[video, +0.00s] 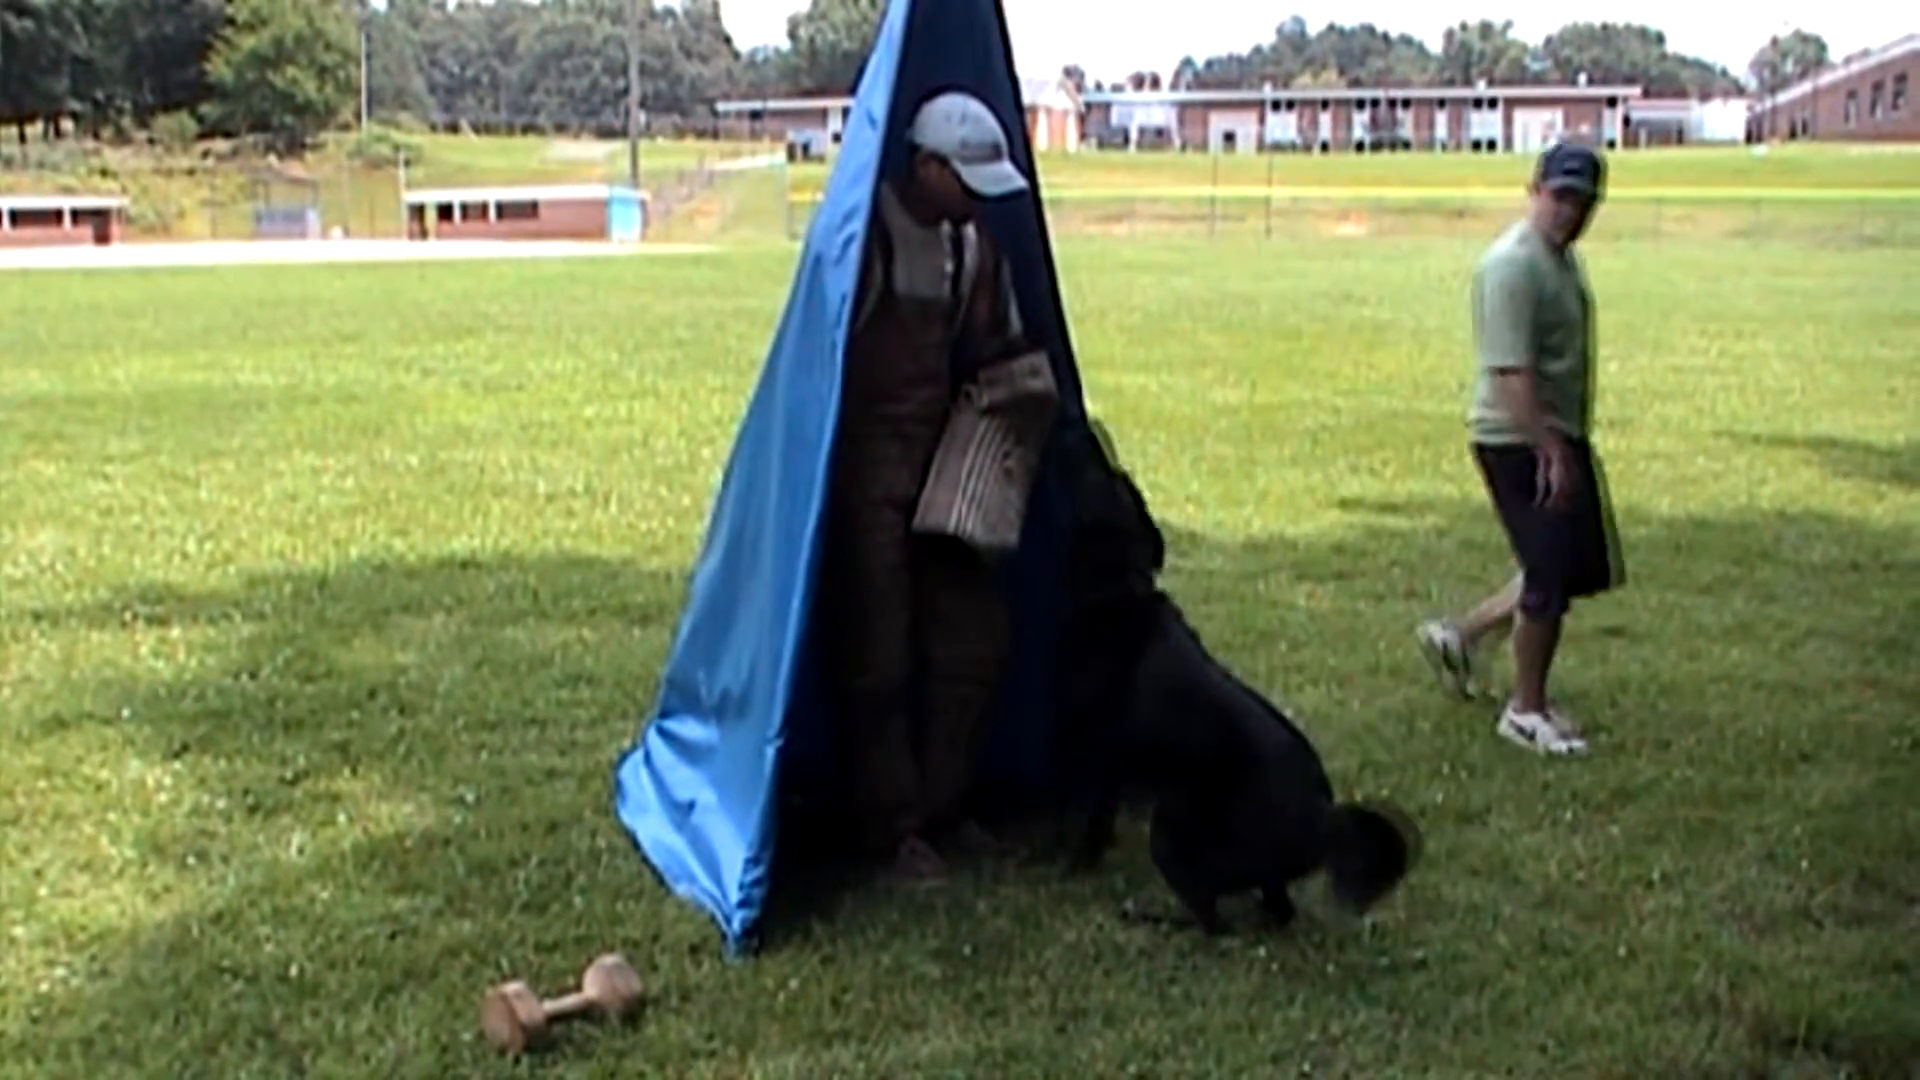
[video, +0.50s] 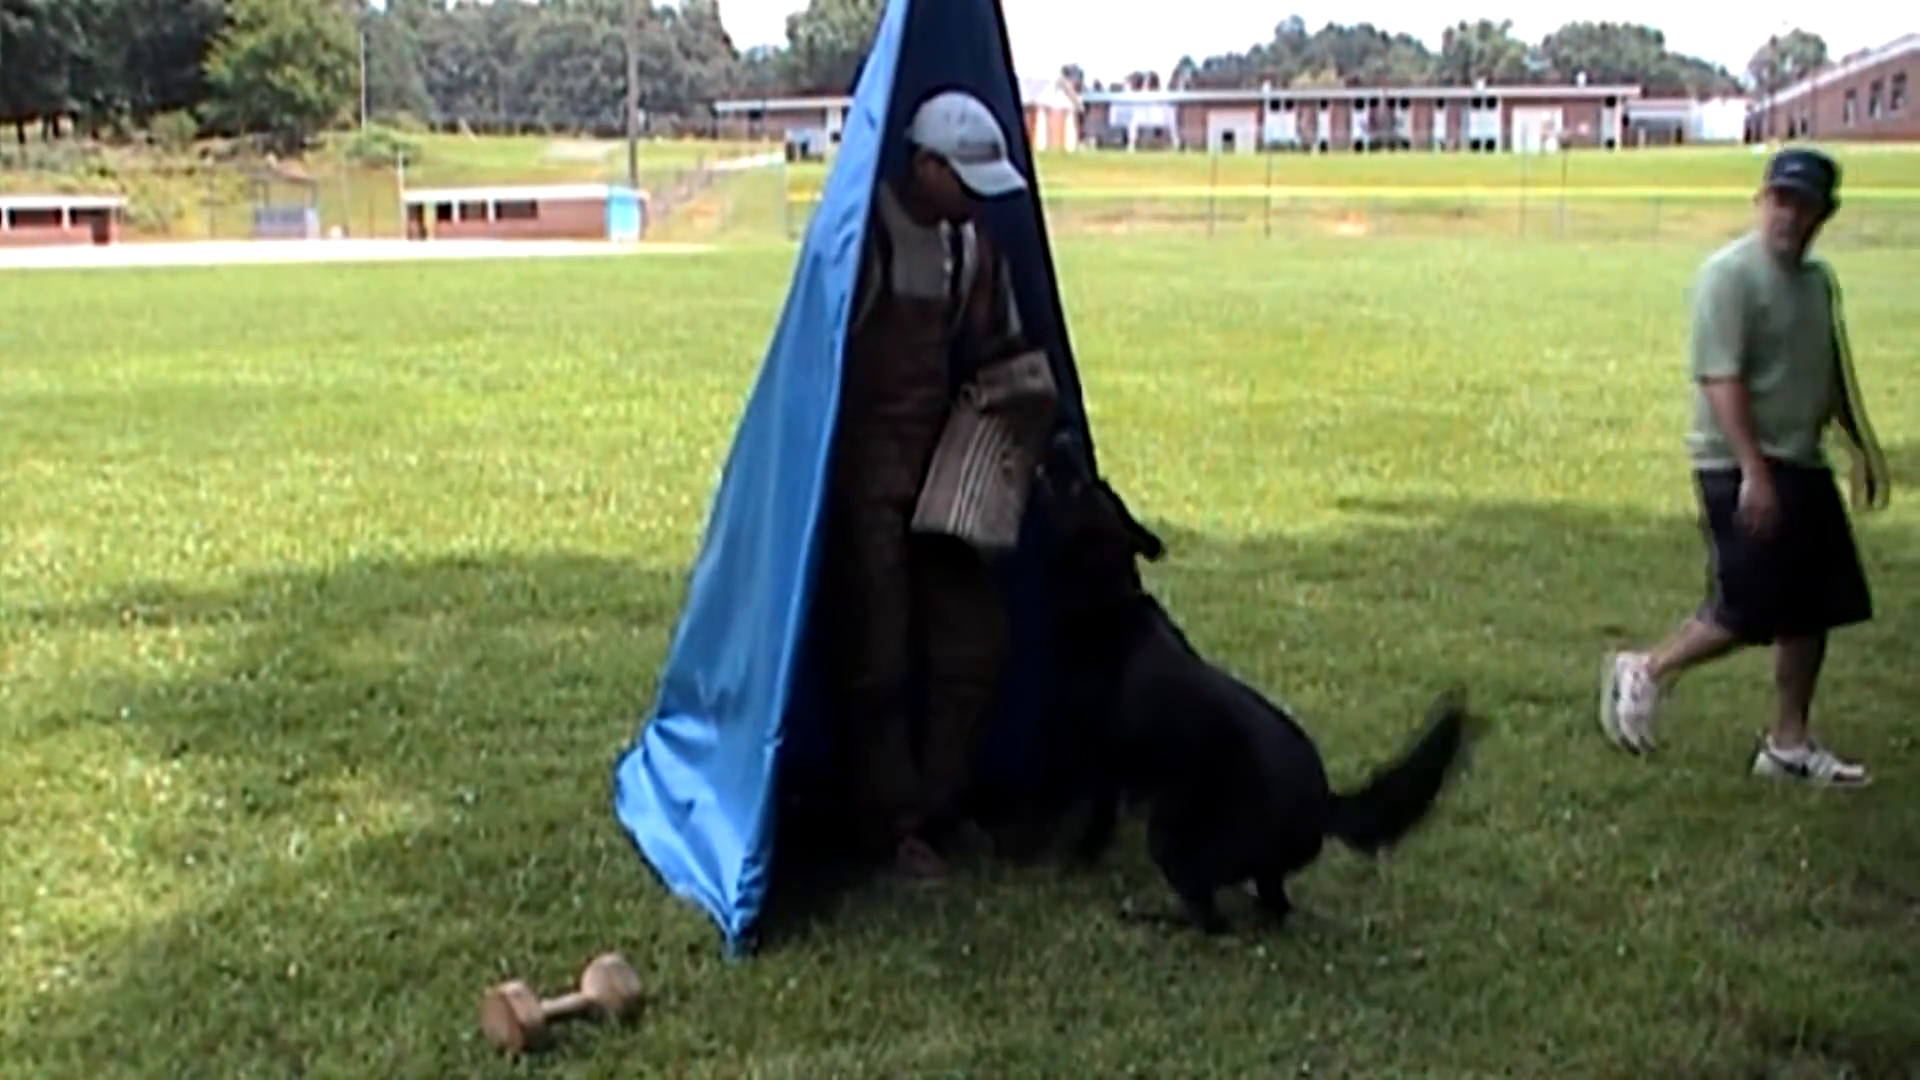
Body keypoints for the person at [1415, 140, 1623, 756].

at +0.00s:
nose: (1571, 212)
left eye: (1583, 202)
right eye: (1561, 198)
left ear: (1593, 208)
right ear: (1535, 194)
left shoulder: (1561, 262)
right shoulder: (1511, 267)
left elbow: (1559, 360)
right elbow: (1512, 374)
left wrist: (1573, 430)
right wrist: (1548, 442)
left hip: (1561, 435)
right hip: (1513, 439)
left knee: (1584, 565)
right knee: (1549, 570)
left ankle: (1463, 633)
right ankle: (1527, 708)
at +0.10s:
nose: (1610, 203)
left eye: (1624, 193)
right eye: (1601, 188)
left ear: (1636, 203)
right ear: (1578, 187)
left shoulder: (1610, 261)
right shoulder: (1550, 262)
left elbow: (1601, 358)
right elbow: (1558, 368)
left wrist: (1617, 432)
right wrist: (1622, 433)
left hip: (1601, 439)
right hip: (1548, 439)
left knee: (1649, 561)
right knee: (1563, 571)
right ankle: (1528, 704)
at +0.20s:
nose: (1654, 208)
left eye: (1668, 198)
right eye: (1644, 192)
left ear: (1682, 208)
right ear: (1622, 191)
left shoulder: (1663, 268)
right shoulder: (1593, 263)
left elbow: (1652, 362)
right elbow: (1599, 368)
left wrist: (1664, 431)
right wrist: (1691, 422)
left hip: (1650, 452)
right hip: (1585, 450)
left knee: (1690, 584)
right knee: (1568, 584)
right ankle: (1529, 707)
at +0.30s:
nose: (1695, 216)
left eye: (1710, 207)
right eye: (1687, 201)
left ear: (1728, 219)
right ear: (1668, 200)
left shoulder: (1717, 284)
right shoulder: (1636, 274)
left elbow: (1708, 375)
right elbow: (1637, 376)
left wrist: (1706, 441)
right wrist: (1731, 426)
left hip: (1693, 466)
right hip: (1625, 462)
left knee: (1736, 599)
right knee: (1590, 592)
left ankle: (1773, 734)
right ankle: (1534, 703)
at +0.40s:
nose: (1744, 223)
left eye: (1759, 213)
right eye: (1735, 208)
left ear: (1778, 225)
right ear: (1716, 208)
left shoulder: (1770, 289)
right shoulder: (1685, 281)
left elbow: (1769, 385)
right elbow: (1680, 388)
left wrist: (1777, 455)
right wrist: (1756, 451)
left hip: (1757, 473)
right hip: (1687, 474)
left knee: (1788, 611)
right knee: (1653, 604)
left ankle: (1787, 741)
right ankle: (1560, 688)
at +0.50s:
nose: (1788, 216)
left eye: (1804, 206)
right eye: (1779, 200)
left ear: (1822, 217)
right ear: (1760, 202)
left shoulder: (1819, 284)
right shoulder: (1727, 277)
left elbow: (1831, 379)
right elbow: (1720, 382)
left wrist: (1862, 444)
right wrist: (1752, 469)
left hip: (1802, 467)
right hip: (1737, 467)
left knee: (1812, 607)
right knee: (1750, 607)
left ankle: (1788, 742)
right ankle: (1644, 672)